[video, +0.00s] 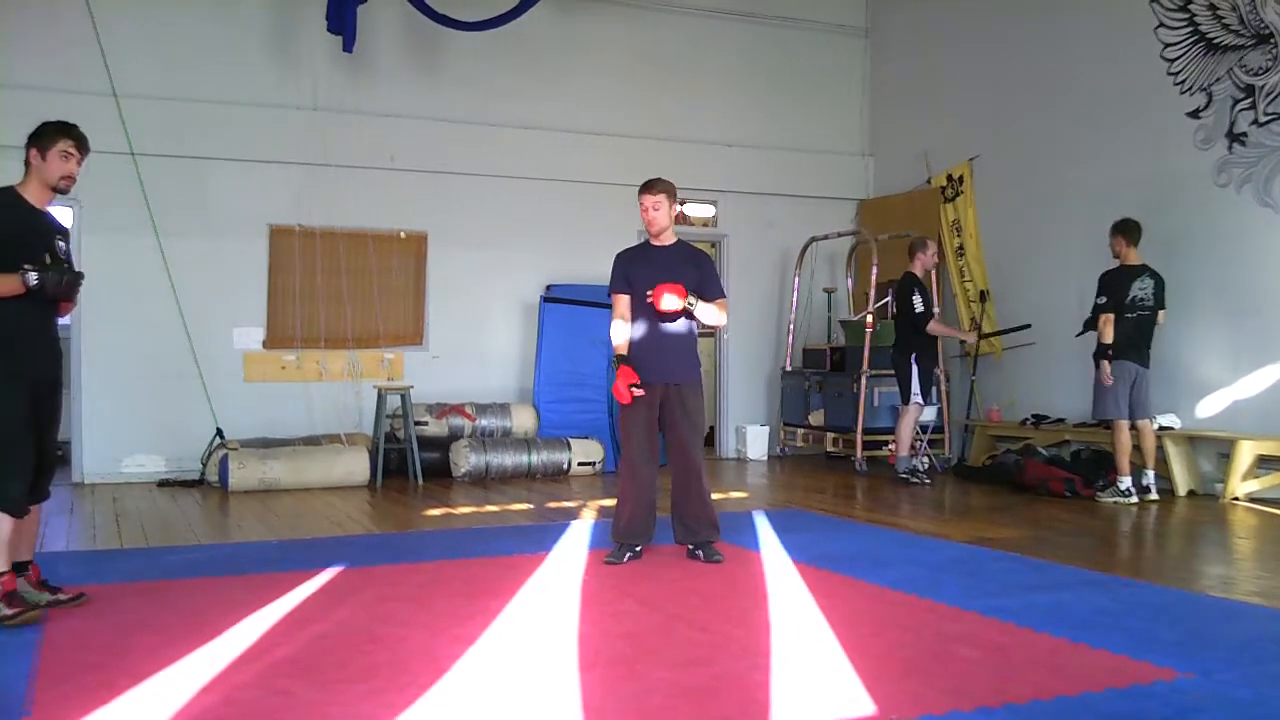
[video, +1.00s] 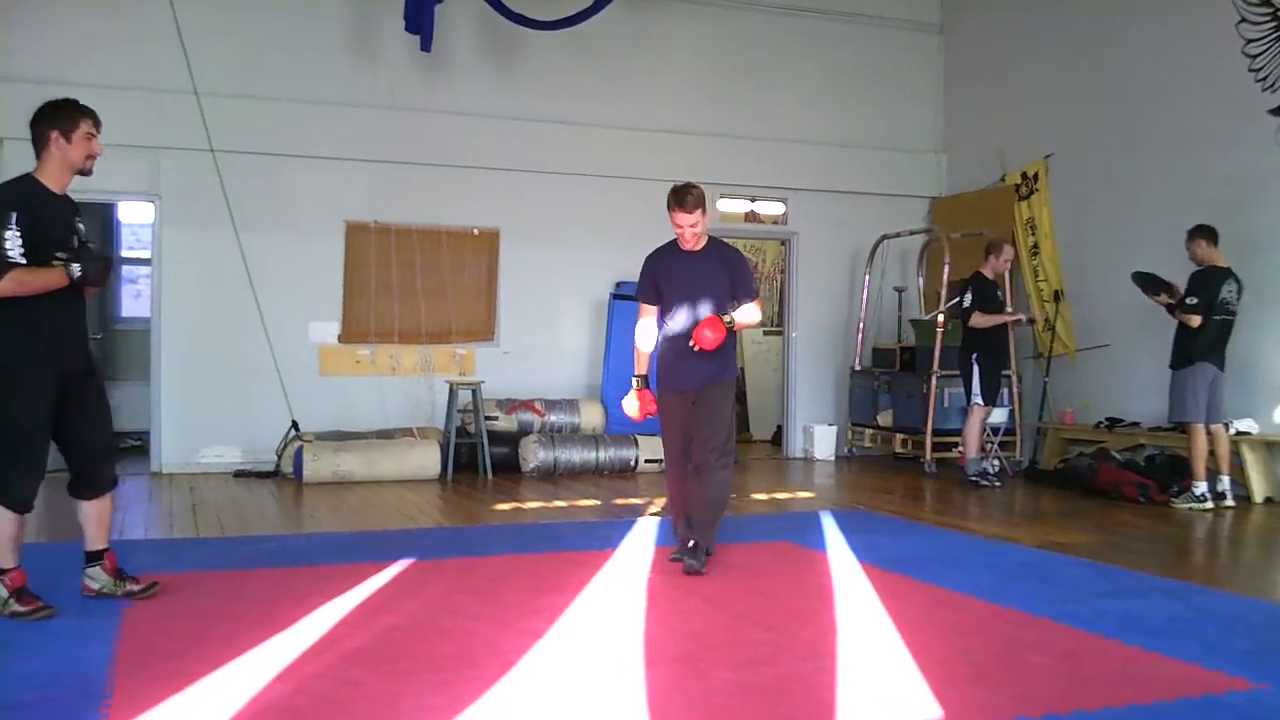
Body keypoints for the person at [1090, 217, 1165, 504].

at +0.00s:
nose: (1110, 245)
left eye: (1112, 240)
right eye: (1111, 240)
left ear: (1122, 241)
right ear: (1136, 241)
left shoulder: (1111, 277)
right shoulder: (1155, 277)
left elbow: (1106, 320)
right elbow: (1160, 317)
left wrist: (1103, 356)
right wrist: (1130, 315)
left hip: (1118, 357)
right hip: (1142, 359)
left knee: (1120, 422)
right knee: (1144, 420)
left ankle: (1124, 485)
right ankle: (1150, 483)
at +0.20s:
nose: (1117, 246)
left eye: (1118, 241)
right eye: (1117, 241)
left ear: (1126, 241)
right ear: (1141, 240)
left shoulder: (1121, 277)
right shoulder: (1160, 277)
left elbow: (1118, 319)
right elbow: (1163, 317)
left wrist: (1112, 356)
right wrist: (1134, 313)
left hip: (1125, 355)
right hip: (1148, 357)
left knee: (1126, 420)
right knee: (1150, 419)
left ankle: (1130, 483)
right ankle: (1156, 481)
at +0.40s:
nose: (1190, 250)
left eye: (1192, 245)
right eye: (1190, 245)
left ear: (1201, 245)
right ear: (1214, 246)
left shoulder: (1195, 280)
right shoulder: (1233, 282)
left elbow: (1189, 326)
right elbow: (1234, 322)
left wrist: (1166, 353)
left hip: (1196, 361)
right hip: (1219, 362)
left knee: (1199, 428)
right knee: (1222, 426)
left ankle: (1203, 492)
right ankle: (1229, 491)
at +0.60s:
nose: (1184, 252)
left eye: (1186, 247)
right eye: (1185, 247)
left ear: (1198, 247)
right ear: (1209, 247)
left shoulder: (1191, 281)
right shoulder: (1228, 284)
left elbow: (1178, 324)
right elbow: (1207, 318)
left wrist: (1159, 318)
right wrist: (1174, 304)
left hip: (1188, 361)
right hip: (1212, 362)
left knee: (1190, 427)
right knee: (1212, 426)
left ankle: (1193, 491)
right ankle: (1219, 490)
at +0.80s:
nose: (1173, 253)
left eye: (1174, 247)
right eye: (1172, 248)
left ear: (1187, 245)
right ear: (1196, 245)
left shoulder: (1181, 278)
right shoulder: (1217, 281)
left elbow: (1169, 319)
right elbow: (1194, 314)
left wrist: (1146, 302)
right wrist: (1162, 297)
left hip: (1177, 359)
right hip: (1201, 359)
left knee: (1180, 425)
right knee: (1202, 423)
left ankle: (1183, 489)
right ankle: (1209, 488)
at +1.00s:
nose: (1189, 254)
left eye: (1190, 249)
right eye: (1188, 249)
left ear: (1203, 244)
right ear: (1210, 244)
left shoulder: (1202, 277)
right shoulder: (1233, 279)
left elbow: (1192, 319)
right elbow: (1208, 315)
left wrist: (1171, 305)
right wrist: (1177, 300)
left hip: (1194, 360)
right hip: (1216, 361)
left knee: (1196, 426)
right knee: (1217, 424)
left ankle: (1199, 490)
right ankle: (1224, 489)